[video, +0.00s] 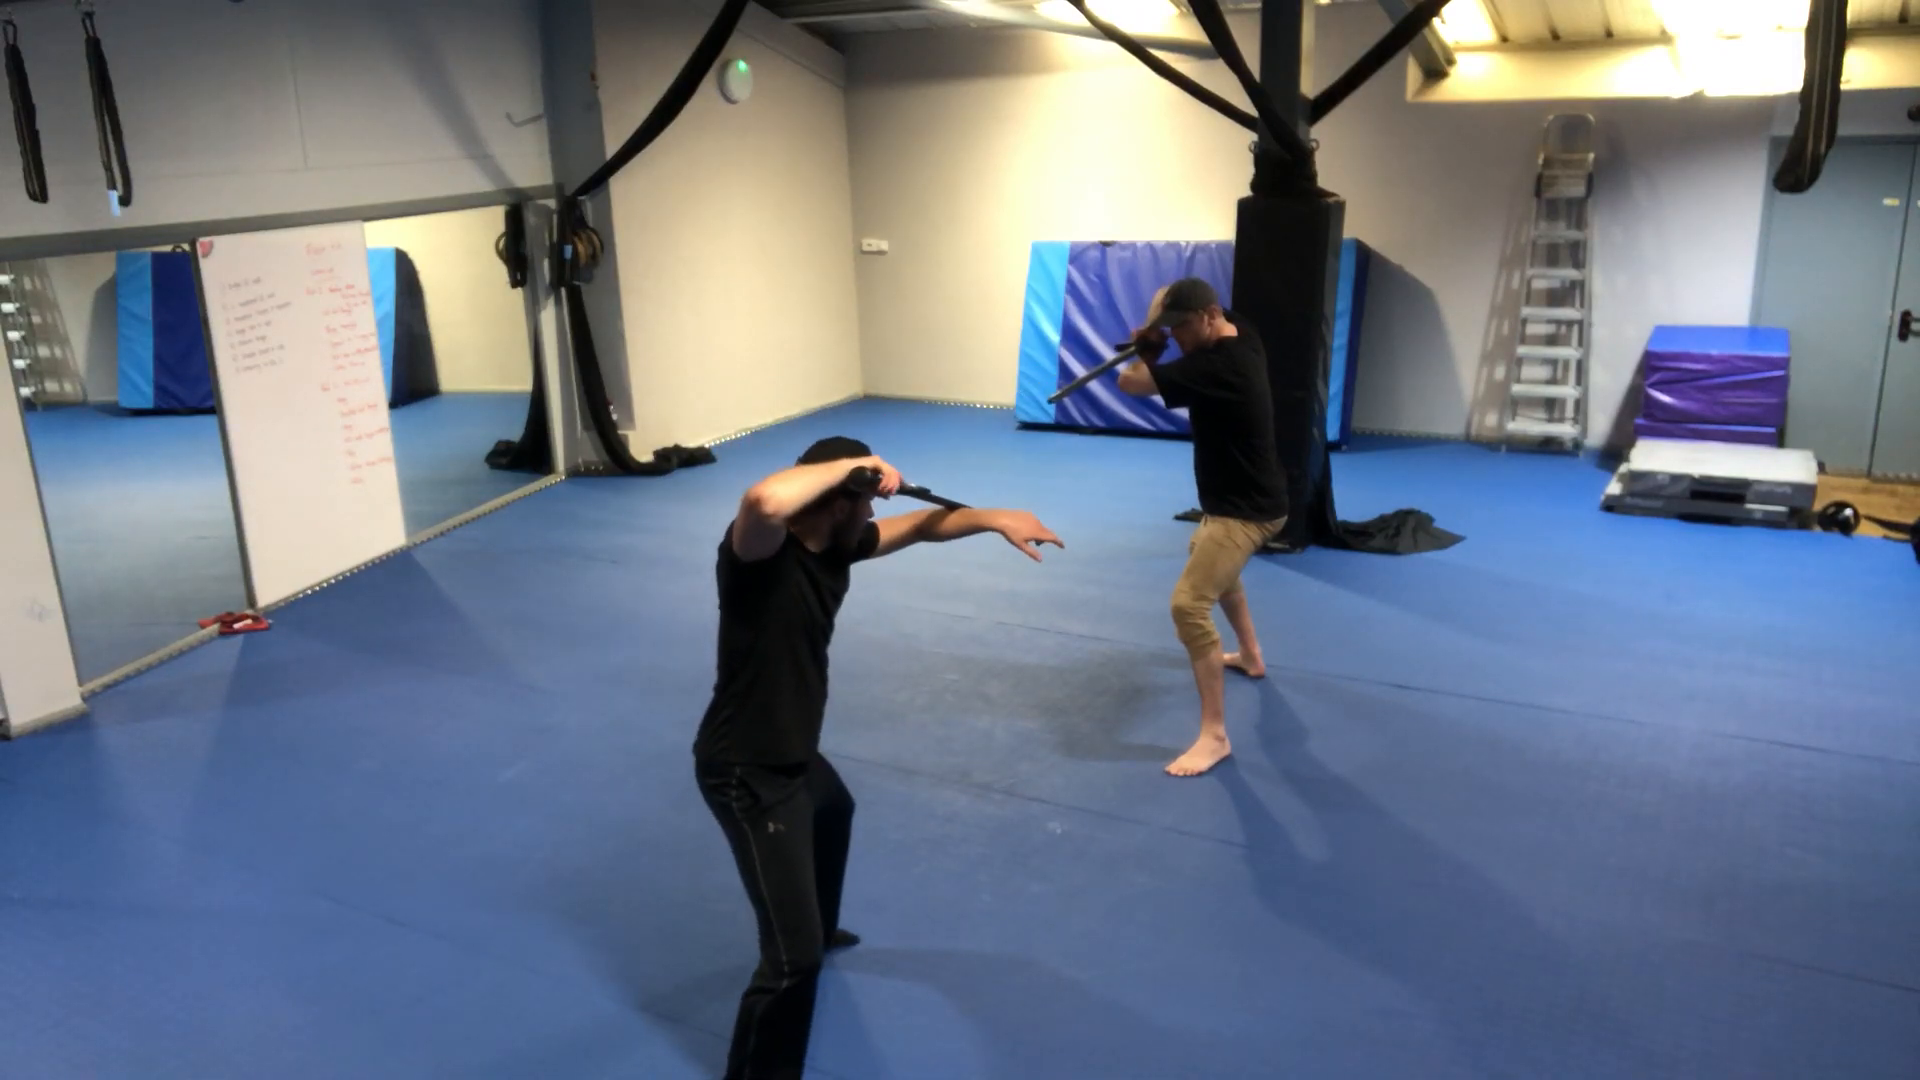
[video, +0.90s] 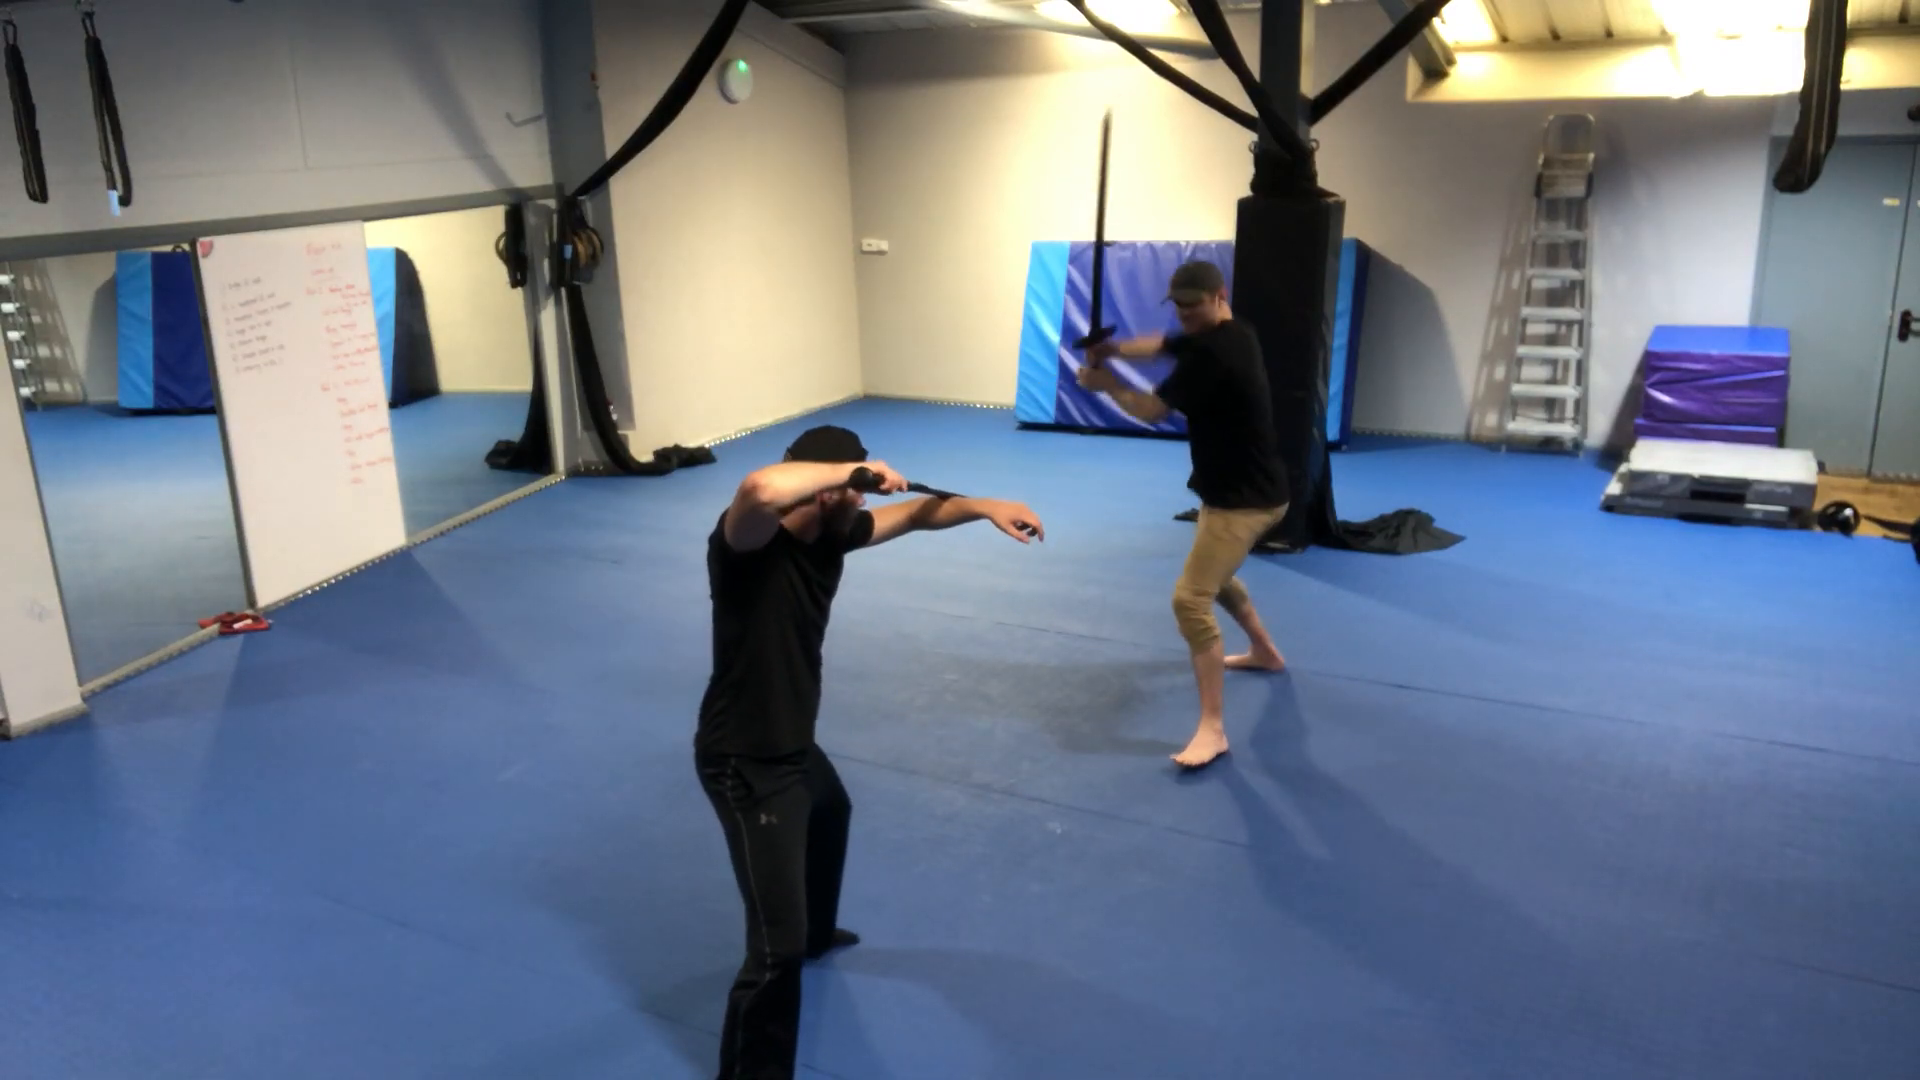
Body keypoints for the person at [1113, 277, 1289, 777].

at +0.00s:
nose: (1178, 341)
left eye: (1181, 332)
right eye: (1175, 332)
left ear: (1207, 319)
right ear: (1211, 317)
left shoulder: (1215, 364)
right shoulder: (1240, 340)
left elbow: (1131, 381)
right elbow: (1177, 296)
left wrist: (1149, 350)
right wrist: (1153, 326)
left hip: (1244, 512)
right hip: (1234, 501)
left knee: (1190, 607)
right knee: (1207, 555)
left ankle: (1214, 734)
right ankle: (1250, 653)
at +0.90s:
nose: (1182, 315)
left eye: (1190, 307)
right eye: (1179, 307)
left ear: (1218, 301)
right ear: (1210, 303)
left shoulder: (1210, 352)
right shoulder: (1234, 332)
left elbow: (1150, 411)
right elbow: (1163, 345)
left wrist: (1105, 382)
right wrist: (1112, 349)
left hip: (1240, 501)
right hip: (1244, 491)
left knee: (1191, 603)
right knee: (1213, 575)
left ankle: (1212, 728)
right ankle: (1264, 651)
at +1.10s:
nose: (1187, 316)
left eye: (1197, 307)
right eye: (1180, 307)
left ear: (1221, 306)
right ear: (1172, 308)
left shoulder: (1235, 353)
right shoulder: (1178, 357)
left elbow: (1165, 400)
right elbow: (1143, 410)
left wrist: (1098, 387)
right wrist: (1100, 376)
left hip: (1235, 513)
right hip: (1188, 507)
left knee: (1179, 619)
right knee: (1216, 592)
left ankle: (1204, 730)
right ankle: (1261, 647)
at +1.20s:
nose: (1181, 312)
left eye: (1192, 303)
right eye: (1174, 302)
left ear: (1215, 301)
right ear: (1164, 302)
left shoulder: (1238, 338)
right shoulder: (1158, 356)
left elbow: (1179, 359)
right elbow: (1115, 436)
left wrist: (1097, 358)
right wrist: (1087, 372)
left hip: (1223, 510)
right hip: (1168, 507)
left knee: (1181, 635)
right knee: (1163, 625)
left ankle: (1206, 734)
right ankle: (1229, 630)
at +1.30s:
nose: (1169, 309)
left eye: (1178, 298)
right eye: (1159, 299)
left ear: (1199, 293)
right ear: (1146, 297)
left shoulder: (1225, 329)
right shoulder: (1133, 357)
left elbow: (1193, 344)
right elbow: (1114, 433)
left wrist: (1097, 345)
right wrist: (1084, 367)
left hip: (1213, 508)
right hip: (1149, 507)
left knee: (1190, 646)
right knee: (1122, 637)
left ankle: (1208, 732)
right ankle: (1173, 675)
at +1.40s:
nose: (1147, 306)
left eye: (1156, 295)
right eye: (1137, 296)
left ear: (1176, 290)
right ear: (1124, 295)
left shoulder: (1201, 325)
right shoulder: (1110, 352)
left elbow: (1196, 349)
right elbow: (1111, 442)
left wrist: (1105, 364)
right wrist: (1082, 381)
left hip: (1194, 518)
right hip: (1126, 518)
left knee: (1194, 653)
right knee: (1091, 645)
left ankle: (1205, 735)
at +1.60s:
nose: (1096, 332)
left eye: (1107, 322)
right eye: (1087, 322)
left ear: (1128, 317)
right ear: (1074, 320)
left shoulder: (1154, 361)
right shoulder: (1058, 384)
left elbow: (1168, 402)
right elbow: (1069, 475)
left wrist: (1120, 425)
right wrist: (1074, 447)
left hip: (1151, 557)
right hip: (1083, 561)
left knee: (1180, 682)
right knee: (1067, 696)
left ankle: (1155, 735)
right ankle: (1022, 797)